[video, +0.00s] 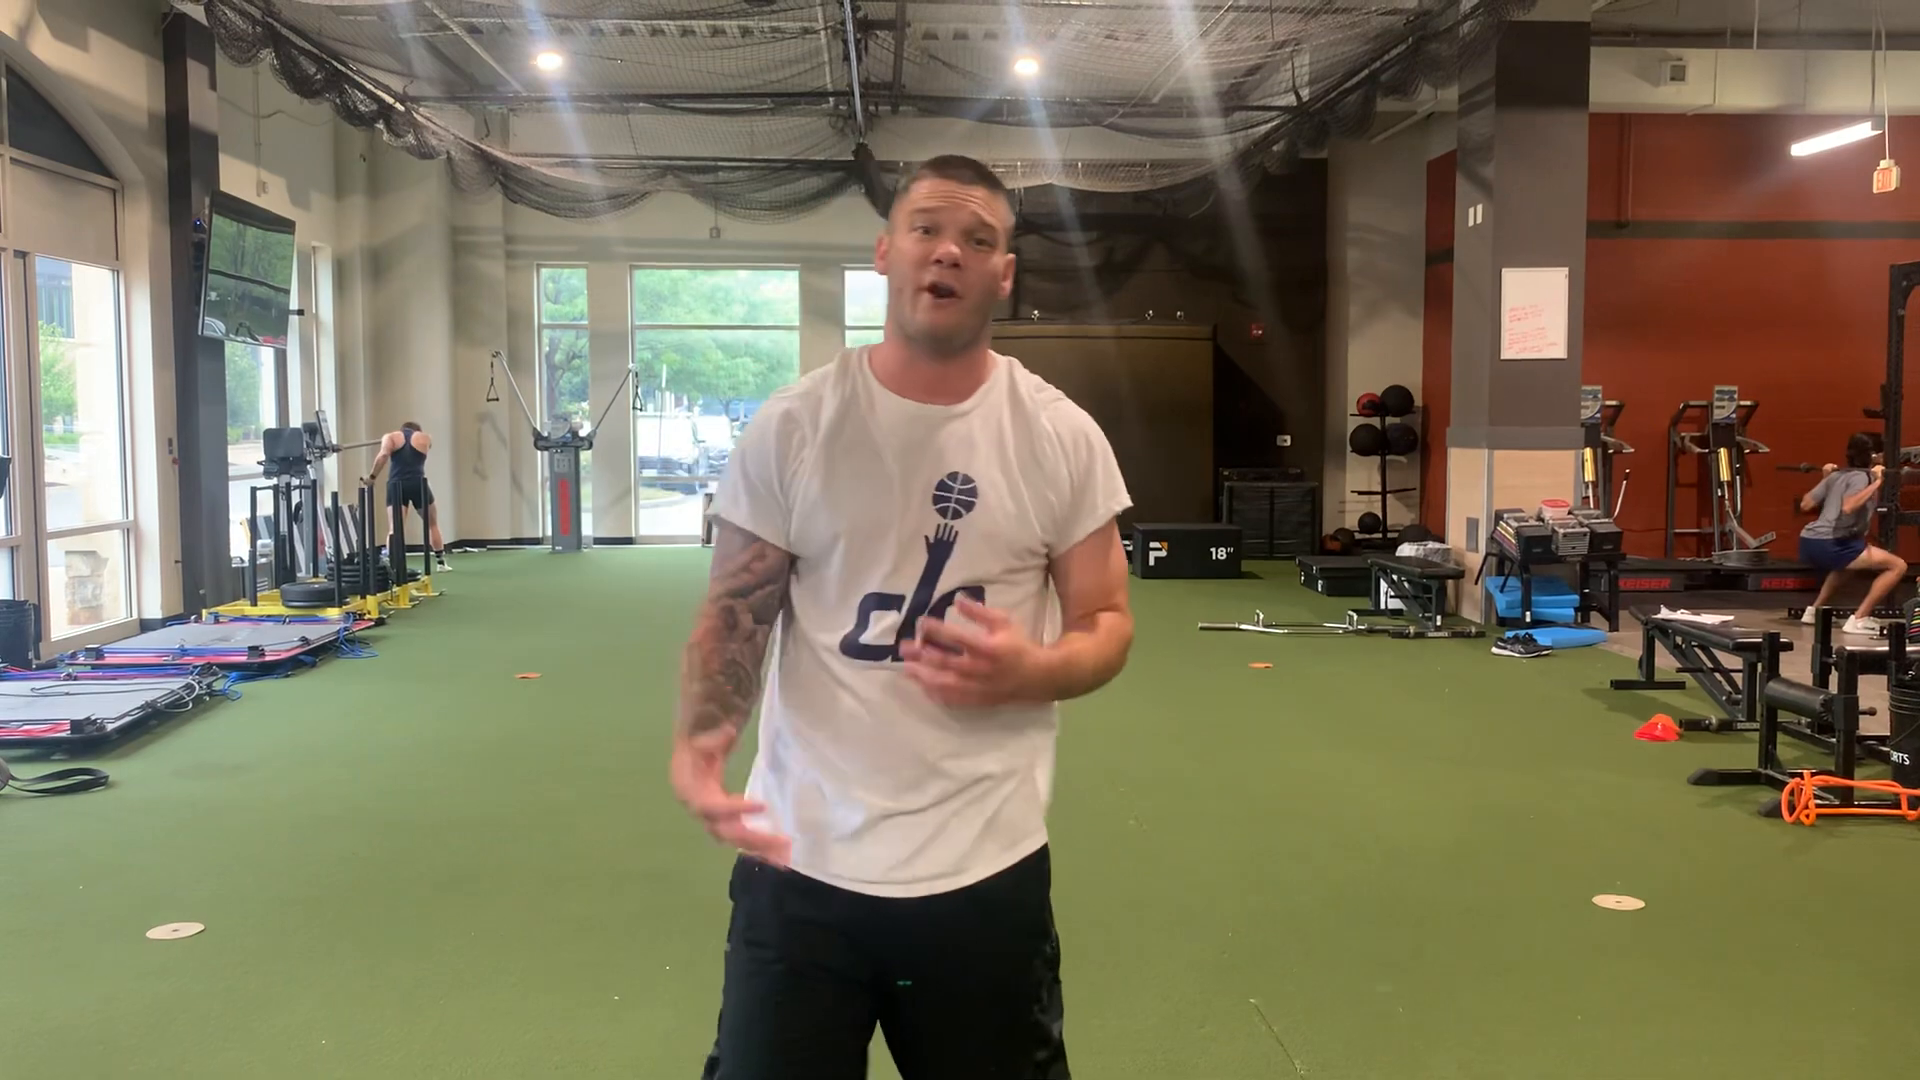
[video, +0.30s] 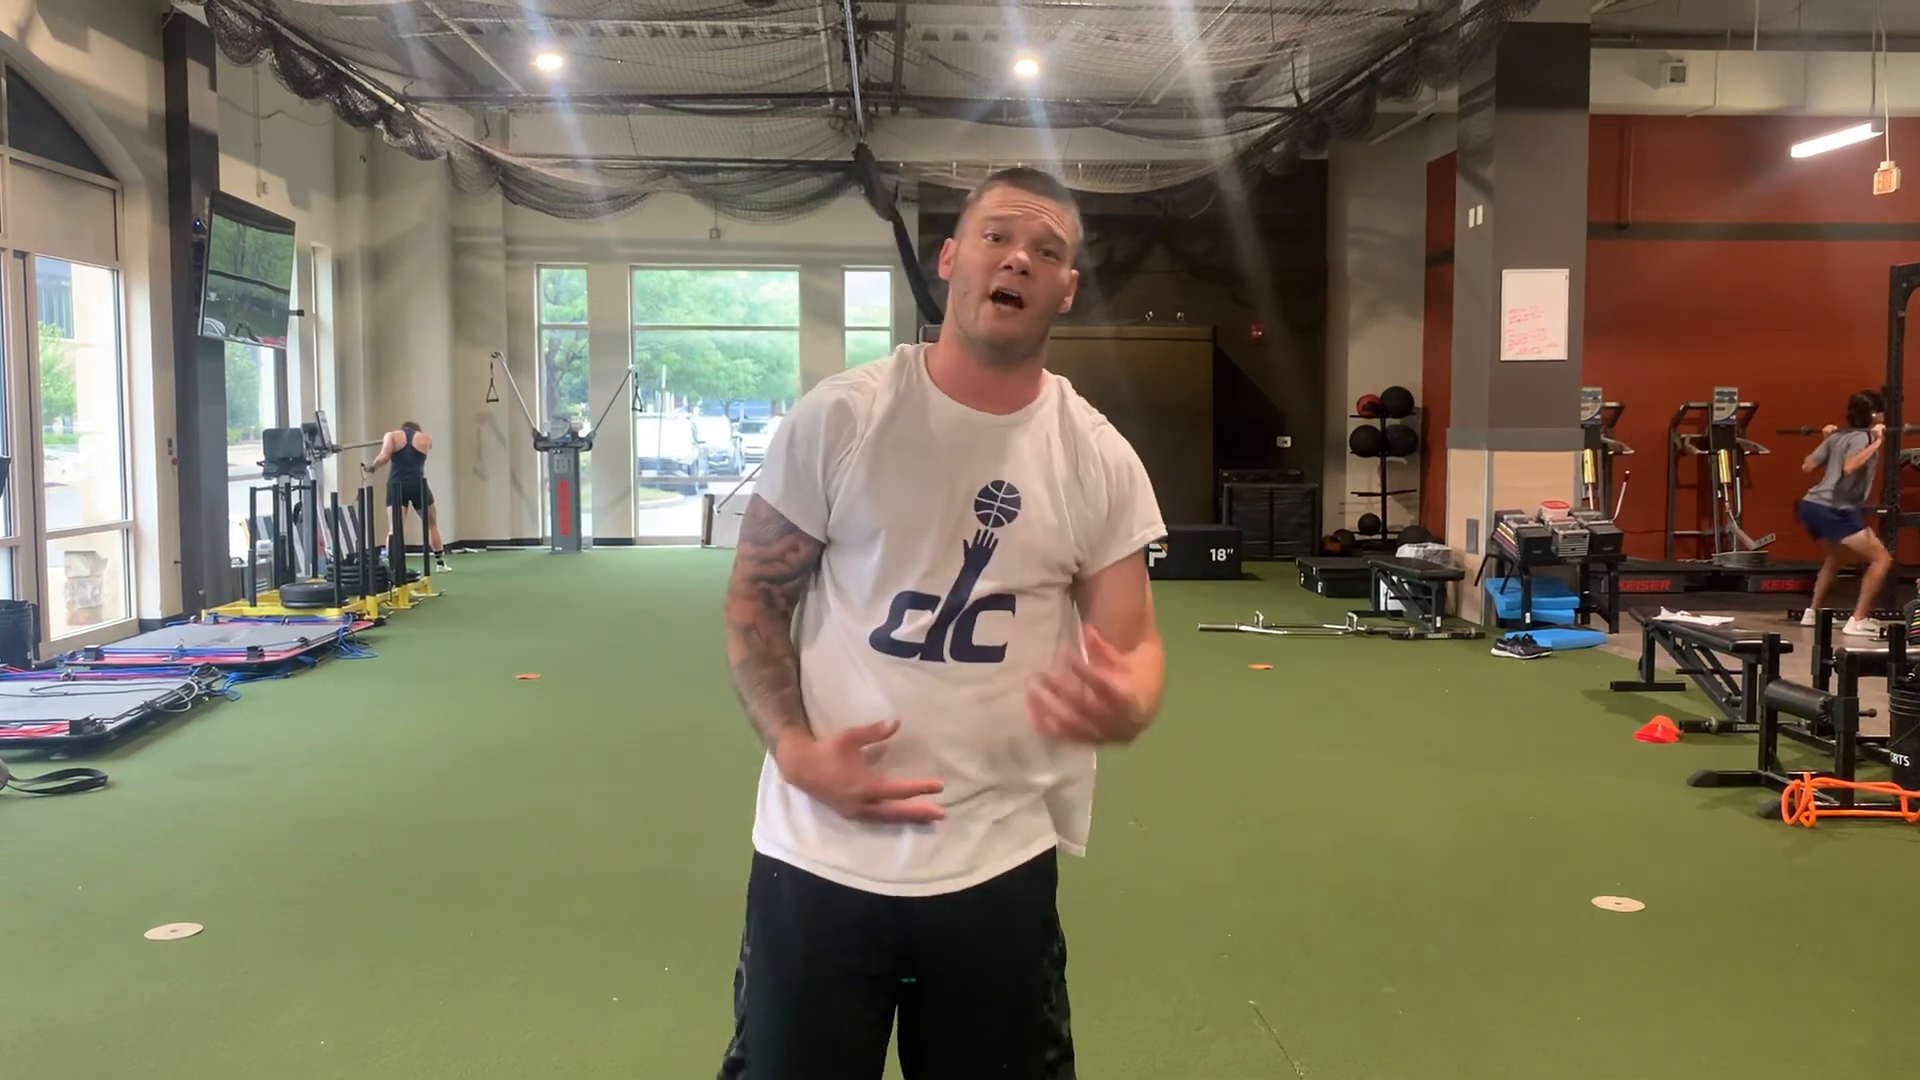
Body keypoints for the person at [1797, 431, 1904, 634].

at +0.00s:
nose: (1881, 458)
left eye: (1881, 453)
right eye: (1880, 453)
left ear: (1850, 455)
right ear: (1872, 457)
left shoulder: (1836, 476)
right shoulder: (1862, 477)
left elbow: (1806, 504)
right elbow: (1848, 507)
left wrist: (1825, 478)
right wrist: (1877, 482)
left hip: (1808, 541)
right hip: (1831, 545)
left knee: (1847, 564)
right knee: (1898, 566)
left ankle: (1814, 609)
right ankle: (1860, 619)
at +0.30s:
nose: (1881, 420)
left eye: (1882, 416)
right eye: (1879, 415)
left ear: (1851, 415)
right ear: (1871, 417)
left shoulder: (1837, 438)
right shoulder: (1863, 438)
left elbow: (1807, 465)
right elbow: (1849, 466)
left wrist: (1825, 439)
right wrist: (1877, 442)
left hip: (1813, 506)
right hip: (1835, 511)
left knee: (1834, 558)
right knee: (1881, 559)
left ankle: (1813, 612)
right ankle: (1858, 620)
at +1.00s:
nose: (1886, 453)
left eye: (1886, 449)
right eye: (1884, 449)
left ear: (1855, 451)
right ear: (1875, 452)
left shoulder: (1841, 472)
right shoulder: (1865, 474)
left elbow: (1810, 499)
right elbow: (1849, 503)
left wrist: (1830, 474)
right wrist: (1879, 479)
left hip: (1812, 539)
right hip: (1835, 542)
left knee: (1847, 568)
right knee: (1900, 566)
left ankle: (1818, 611)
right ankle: (1863, 620)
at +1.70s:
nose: (1887, 416)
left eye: (1887, 411)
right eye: (1884, 412)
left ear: (1857, 414)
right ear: (1875, 415)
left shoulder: (1843, 437)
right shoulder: (1867, 437)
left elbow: (1813, 464)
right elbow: (1853, 465)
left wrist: (1832, 437)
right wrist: (1881, 443)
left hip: (1820, 507)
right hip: (1841, 512)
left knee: (1841, 559)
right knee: (1886, 560)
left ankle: (1818, 615)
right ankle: (1864, 623)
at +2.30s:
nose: (1886, 450)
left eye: (1886, 445)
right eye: (1883, 445)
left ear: (1856, 445)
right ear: (1876, 447)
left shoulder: (1842, 467)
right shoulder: (1867, 468)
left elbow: (1812, 495)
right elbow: (1850, 496)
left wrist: (1832, 468)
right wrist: (1880, 473)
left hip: (1816, 535)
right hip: (1841, 540)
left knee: (1845, 571)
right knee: (1900, 568)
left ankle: (1818, 615)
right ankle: (1864, 623)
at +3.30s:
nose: (1891, 408)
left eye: (1891, 404)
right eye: (1889, 404)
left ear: (1861, 407)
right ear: (1881, 408)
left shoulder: (1847, 430)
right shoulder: (1872, 429)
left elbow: (1820, 457)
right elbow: (1860, 457)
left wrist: (1836, 430)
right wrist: (1887, 432)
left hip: (1830, 503)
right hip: (1854, 507)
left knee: (1841, 562)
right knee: (1881, 564)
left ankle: (1823, 621)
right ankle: (1870, 629)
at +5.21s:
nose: (1911, 398)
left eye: (1911, 394)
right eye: (1909, 394)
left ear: (1881, 393)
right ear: (1901, 395)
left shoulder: (1862, 417)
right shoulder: (1889, 416)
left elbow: (1833, 446)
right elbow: (1877, 443)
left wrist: (1850, 418)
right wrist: (1904, 418)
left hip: (1855, 496)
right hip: (1879, 499)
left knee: (1861, 559)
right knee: (1883, 561)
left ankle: (1852, 621)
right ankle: (1878, 625)